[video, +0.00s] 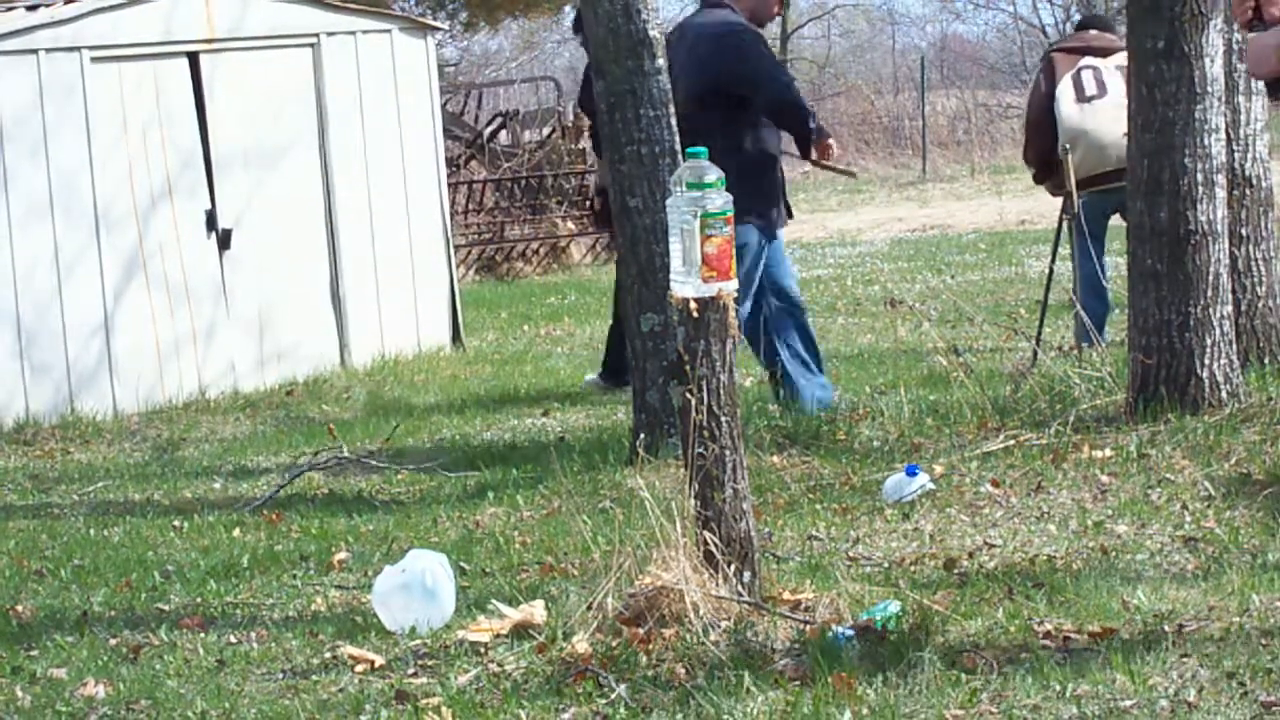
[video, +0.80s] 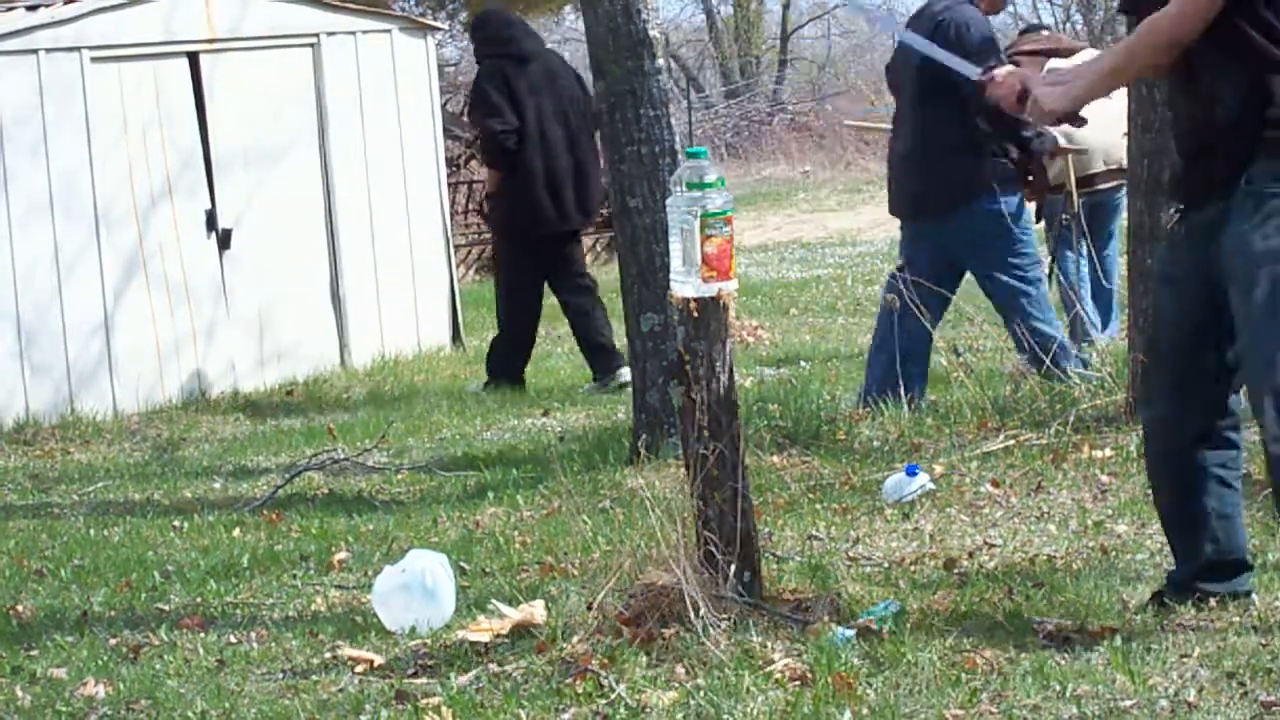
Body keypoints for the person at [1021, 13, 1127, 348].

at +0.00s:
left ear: (1075, 32)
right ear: (1114, 32)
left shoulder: (1056, 61)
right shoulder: (1133, 56)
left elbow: (1037, 121)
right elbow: (1158, 110)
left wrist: (1048, 176)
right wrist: (1158, 160)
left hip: (1086, 177)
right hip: (1140, 171)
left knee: (1088, 258)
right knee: (1155, 251)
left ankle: (1090, 339)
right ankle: (1163, 333)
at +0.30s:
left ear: (1037, 35)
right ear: (1073, 30)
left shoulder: (1026, 62)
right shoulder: (1108, 51)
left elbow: (1018, 129)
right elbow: (1140, 101)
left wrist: (1036, 183)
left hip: (1072, 177)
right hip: (1126, 166)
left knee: (1079, 264)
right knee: (1148, 250)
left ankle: (1088, 342)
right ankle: (1169, 328)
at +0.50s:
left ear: (1021, 38)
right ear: (1058, 30)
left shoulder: (1016, 65)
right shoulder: (1093, 50)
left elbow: (1014, 132)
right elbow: (1130, 96)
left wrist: (1025, 181)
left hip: (1064, 177)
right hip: (1120, 163)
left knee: (1075, 255)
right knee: (1122, 216)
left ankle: (1087, 341)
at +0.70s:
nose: (1017, 13)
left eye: (1018, 8)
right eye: (1020, 6)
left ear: (1025, 15)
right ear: (1054, 11)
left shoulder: (1016, 58)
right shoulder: (1096, 37)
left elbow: (1010, 126)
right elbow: (1125, 95)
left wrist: (1024, 180)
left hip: (1059, 171)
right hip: (1114, 159)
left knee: (1072, 251)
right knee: (1110, 236)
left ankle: (1086, 333)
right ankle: (1114, 315)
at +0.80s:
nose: (1017, 75)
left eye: (1018, 66)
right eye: (1015, 67)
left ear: (1028, 57)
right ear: (1056, 44)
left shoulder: (1026, 79)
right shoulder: (1099, 60)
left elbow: (1024, 133)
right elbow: (1126, 117)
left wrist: (1032, 179)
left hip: (1064, 170)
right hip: (1115, 162)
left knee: (1068, 249)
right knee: (1105, 245)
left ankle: (1085, 331)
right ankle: (1107, 325)